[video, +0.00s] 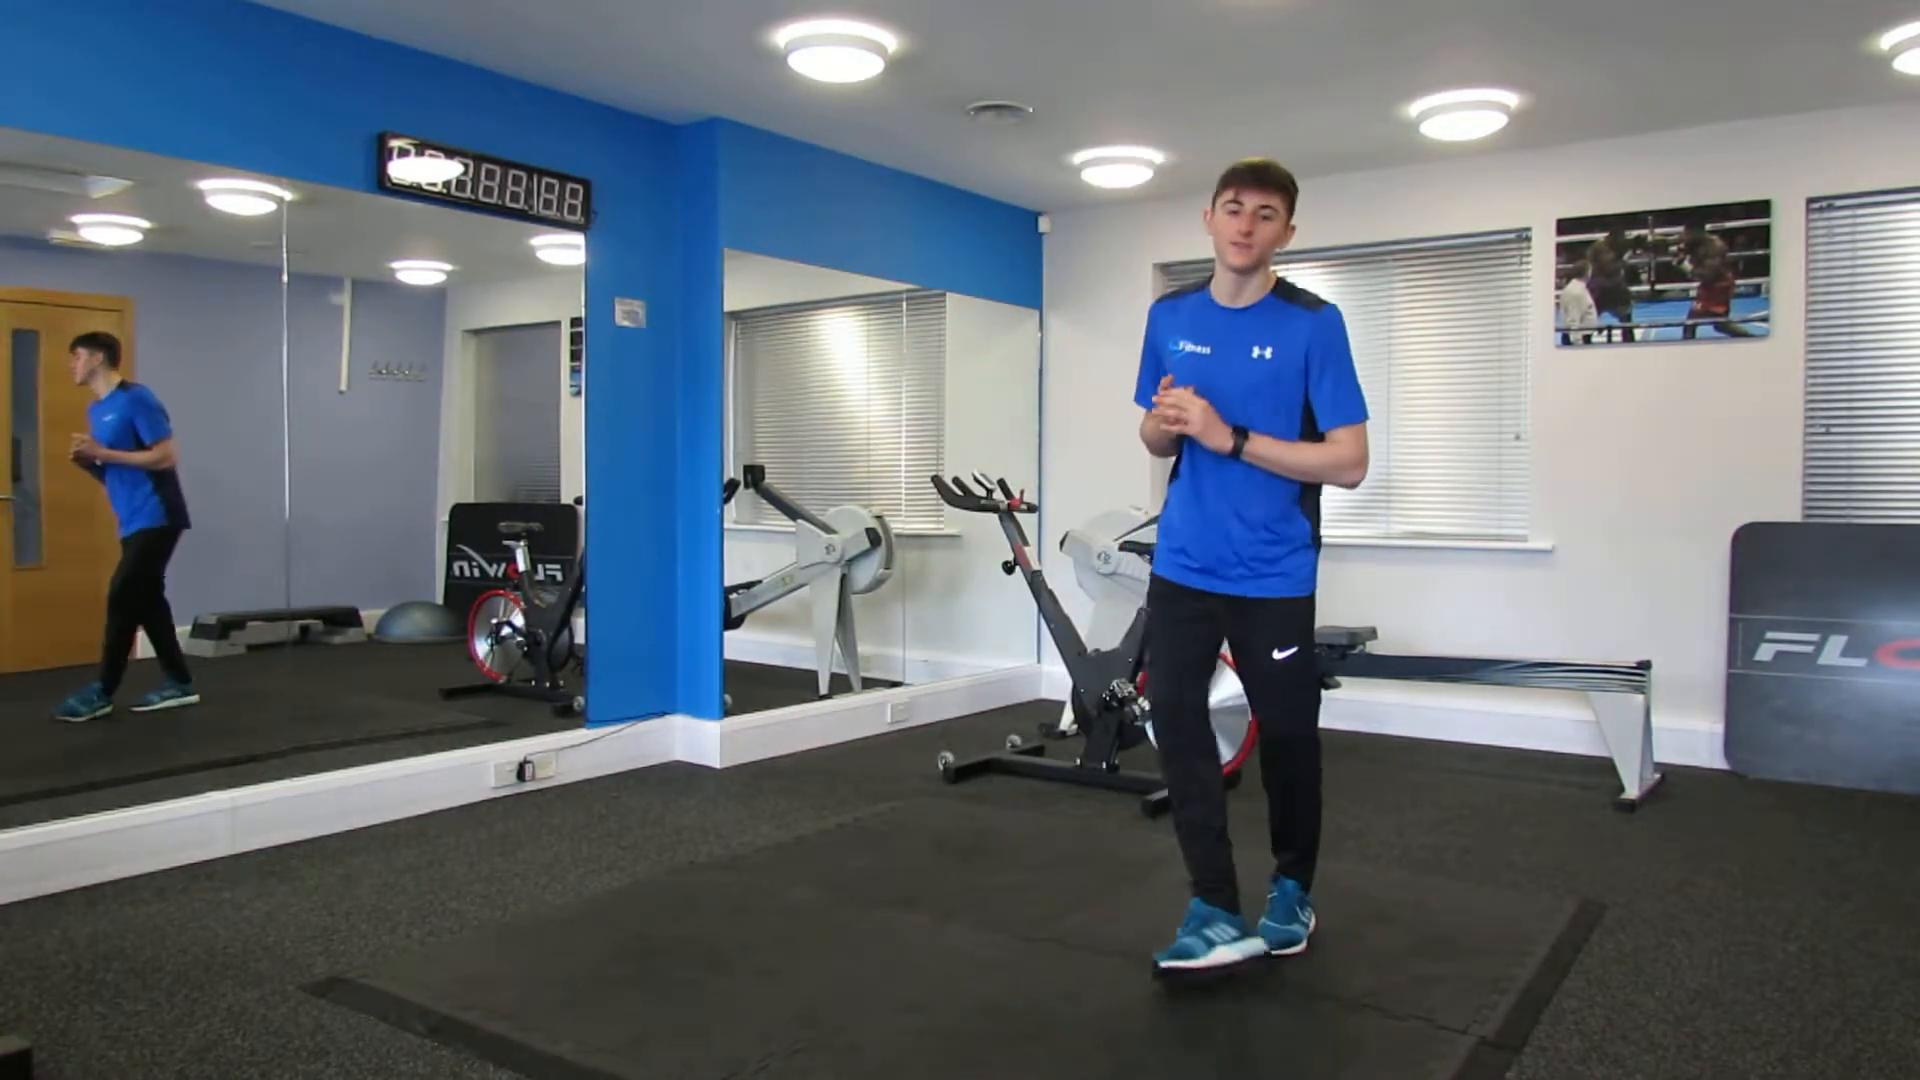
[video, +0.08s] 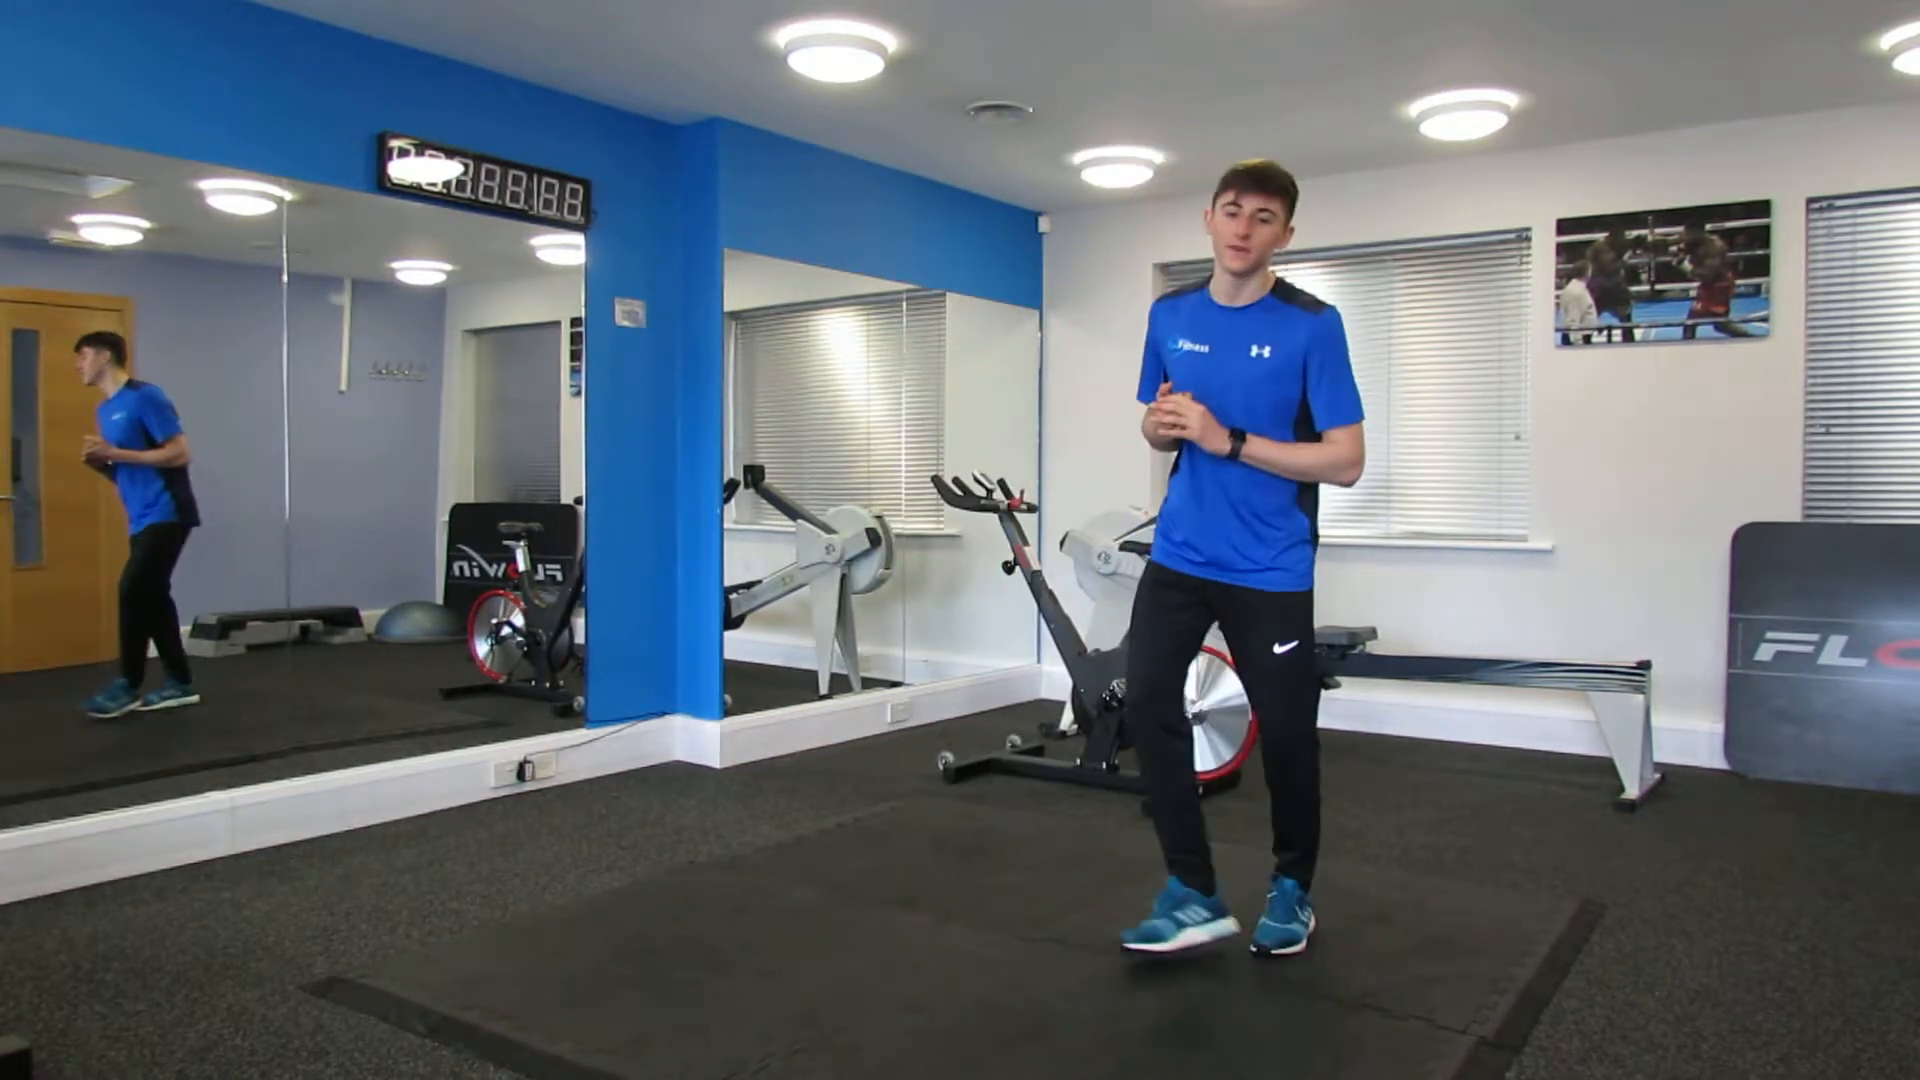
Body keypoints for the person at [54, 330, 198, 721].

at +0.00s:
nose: (73, 366)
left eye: (78, 357)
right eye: (73, 358)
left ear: (100, 358)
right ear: (95, 361)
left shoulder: (138, 398)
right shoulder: (96, 411)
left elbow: (167, 455)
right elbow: (114, 475)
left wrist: (104, 453)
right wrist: (86, 460)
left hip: (159, 519)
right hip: (132, 524)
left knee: (122, 596)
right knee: (150, 602)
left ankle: (104, 691)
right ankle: (181, 682)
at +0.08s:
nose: (79, 365)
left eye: (84, 356)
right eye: (79, 358)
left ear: (107, 356)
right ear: (101, 359)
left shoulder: (146, 396)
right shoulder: (105, 411)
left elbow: (180, 452)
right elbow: (125, 476)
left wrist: (116, 453)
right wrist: (97, 462)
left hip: (169, 514)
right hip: (141, 519)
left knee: (133, 588)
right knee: (154, 597)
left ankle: (130, 684)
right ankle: (181, 682)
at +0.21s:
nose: (93, 361)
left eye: (98, 352)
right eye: (93, 353)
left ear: (120, 353)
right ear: (116, 355)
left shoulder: (158, 395)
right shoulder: (116, 405)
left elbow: (191, 450)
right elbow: (131, 462)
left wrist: (128, 449)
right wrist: (106, 454)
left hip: (175, 512)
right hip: (148, 516)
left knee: (160, 594)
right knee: (156, 596)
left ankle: (181, 683)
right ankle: (172, 681)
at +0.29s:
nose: (102, 358)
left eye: (108, 350)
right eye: (103, 351)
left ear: (130, 351)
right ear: (126, 353)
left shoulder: (168, 395)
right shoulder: (125, 403)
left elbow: (196, 453)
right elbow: (140, 460)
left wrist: (133, 449)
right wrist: (112, 453)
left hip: (180, 514)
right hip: (151, 518)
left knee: (177, 599)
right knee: (159, 601)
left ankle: (195, 685)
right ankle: (176, 680)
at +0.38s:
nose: (111, 356)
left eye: (117, 348)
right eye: (112, 349)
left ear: (139, 350)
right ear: (133, 352)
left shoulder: (176, 396)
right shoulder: (129, 403)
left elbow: (201, 455)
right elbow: (144, 460)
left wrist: (137, 449)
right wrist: (116, 454)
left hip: (187, 519)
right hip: (154, 522)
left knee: (192, 603)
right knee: (165, 603)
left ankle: (202, 687)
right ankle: (178, 681)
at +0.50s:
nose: (123, 354)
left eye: (128, 346)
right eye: (123, 347)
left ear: (153, 350)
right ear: (141, 353)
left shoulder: (189, 396)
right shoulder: (134, 400)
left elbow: (212, 459)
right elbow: (146, 461)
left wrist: (147, 449)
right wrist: (118, 456)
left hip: (197, 520)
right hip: (157, 523)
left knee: (205, 604)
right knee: (161, 602)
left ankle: (207, 691)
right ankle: (179, 681)